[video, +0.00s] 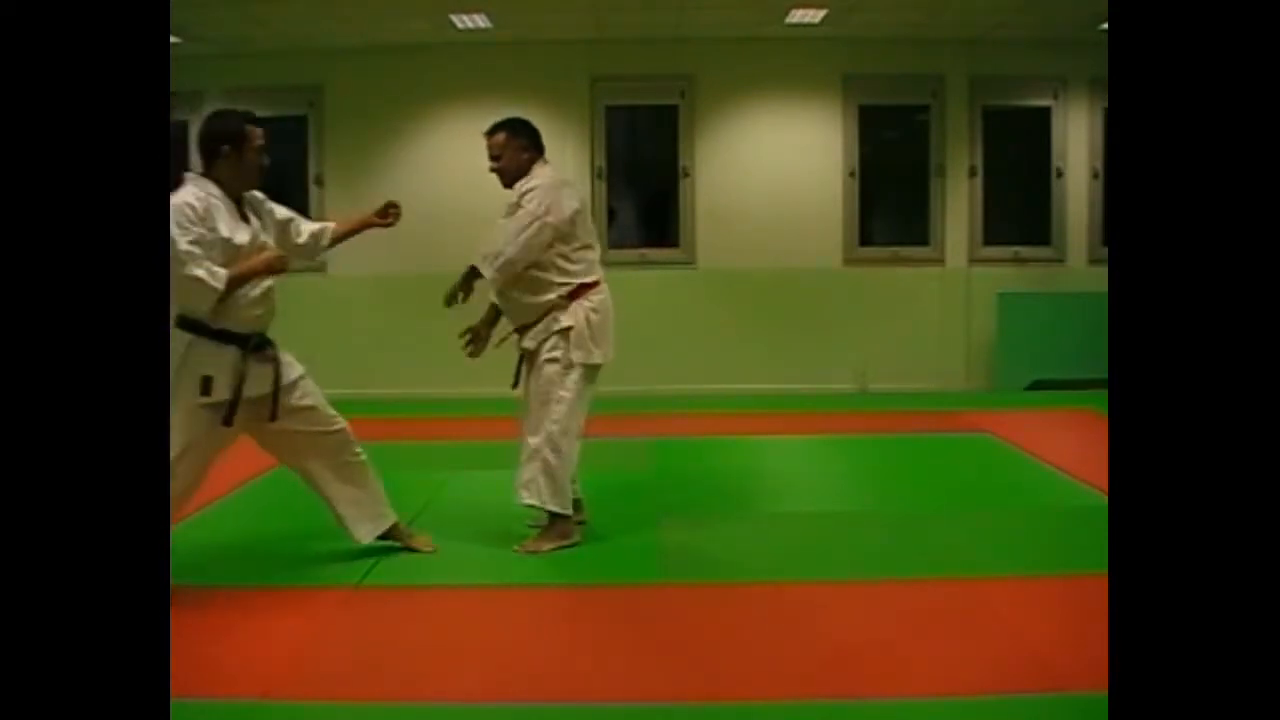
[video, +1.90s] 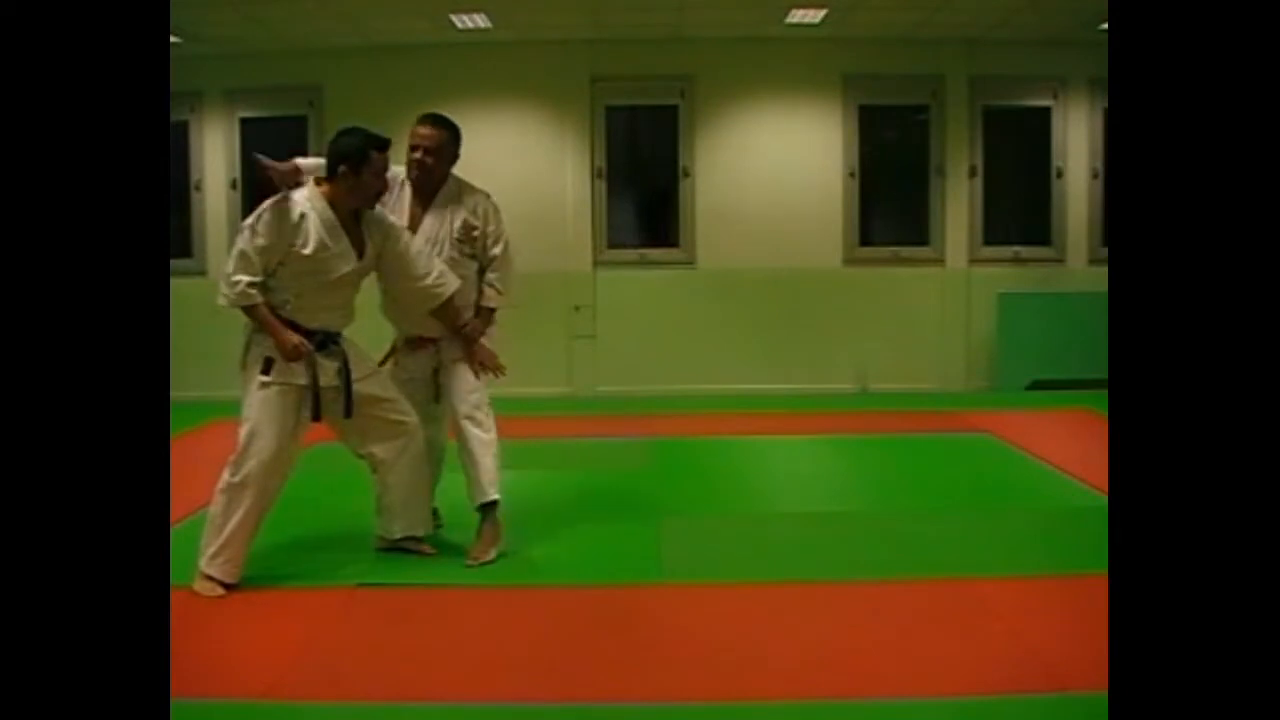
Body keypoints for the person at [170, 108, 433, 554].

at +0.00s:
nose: (264, 161)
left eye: (264, 152)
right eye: (257, 152)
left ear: (229, 155)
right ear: (226, 154)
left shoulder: (253, 206)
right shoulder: (187, 206)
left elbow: (307, 237)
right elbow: (194, 285)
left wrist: (369, 220)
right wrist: (253, 266)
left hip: (256, 355)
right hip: (200, 357)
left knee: (330, 436)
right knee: (178, 474)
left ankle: (384, 526)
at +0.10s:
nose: (318, 162)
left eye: (317, 152)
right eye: (311, 153)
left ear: (284, 155)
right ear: (283, 155)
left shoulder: (304, 201)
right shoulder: (243, 206)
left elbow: (365, 211)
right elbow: (246, 282)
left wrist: (431, 197)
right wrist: (311, 268)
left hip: (300, 351)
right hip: (254, 351)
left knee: (369, 431)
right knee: (206, 463)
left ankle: (387, 534)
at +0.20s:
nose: (352, 161)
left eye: (351, 151)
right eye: (345, 151)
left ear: (321, 153)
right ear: (317, 153)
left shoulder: (338, 197)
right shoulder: (271, 203)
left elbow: (400, 197)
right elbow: (266, 275)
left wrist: (467, 182)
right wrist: (337, 270)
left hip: (320, 347)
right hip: (273, 345)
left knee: (382, 428)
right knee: (237, 454)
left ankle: (396, 535)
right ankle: (170, 535)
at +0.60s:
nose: (396, 158)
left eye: (395, 149)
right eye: (387, 150)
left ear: (372, 155)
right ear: (358, 154)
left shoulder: (392, 208)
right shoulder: (305, 205)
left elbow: (461, 215)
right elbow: (278, 272)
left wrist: (532, 217)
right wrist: (338, 283)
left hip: (354, 347)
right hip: (301, 344)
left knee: (415, 430)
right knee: (273, 455)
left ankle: (403, 535)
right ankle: (216, 563)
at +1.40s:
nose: (393, 168)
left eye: (393, 158)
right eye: (385, 158)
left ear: (363, 162)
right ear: (352, 160)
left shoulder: (383, 215)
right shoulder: (288, 204)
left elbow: (448, 248)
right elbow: (243, 269)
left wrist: (512, 270)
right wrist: (287, 311)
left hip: (343, 349)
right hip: (287, 349)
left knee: (408, 431)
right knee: (261, 458)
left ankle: (402, 533)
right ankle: (217, 565)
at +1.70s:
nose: (385, 172)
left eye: (385, 163)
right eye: (377, 164)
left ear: (354, 166)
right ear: (344, 165)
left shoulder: (377, 220)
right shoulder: (283, 211)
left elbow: (432, 275)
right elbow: (238, 278)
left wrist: (486, 327)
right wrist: (276, 326)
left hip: (338, 350)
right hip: (282, 350)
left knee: (405, 432)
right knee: (260, 458)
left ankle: (399, 534)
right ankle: (215, 569)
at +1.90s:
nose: (385, 184)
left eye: (386, 174)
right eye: (378, 174)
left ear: (354, 173)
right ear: (347, 173)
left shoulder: (376, 225)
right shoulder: (287, 212)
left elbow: (429, 278)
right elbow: (239, 280)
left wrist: (471, 340)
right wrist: (278, 332)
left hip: (335, 350)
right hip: (279, 348)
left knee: (401, 429)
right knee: (263, 457)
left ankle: (399, 533)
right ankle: (215, 568)